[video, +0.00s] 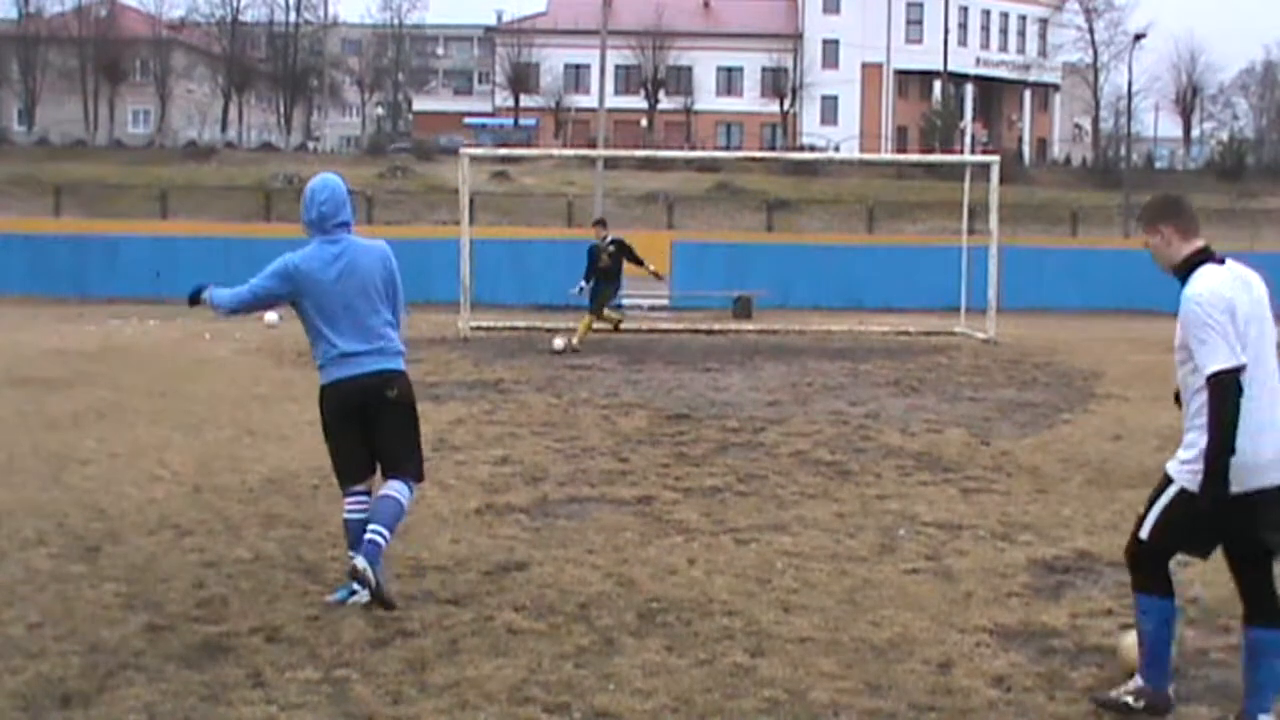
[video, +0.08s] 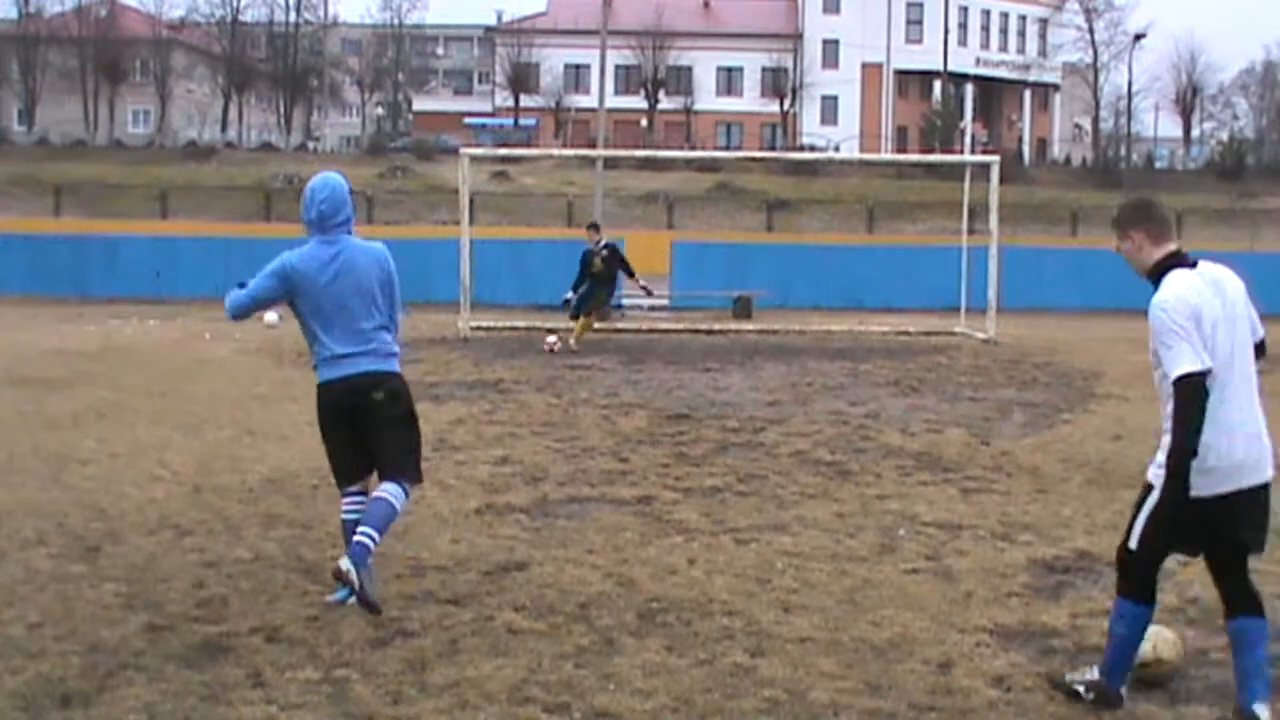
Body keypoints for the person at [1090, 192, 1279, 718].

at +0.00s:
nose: (1150, 255)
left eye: (1148, 244)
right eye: (1147, 245)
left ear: (1165, 235)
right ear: (1194, 232)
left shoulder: (1201, 294)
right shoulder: (1249, 280)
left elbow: (1224, 386)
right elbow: (1262, 364)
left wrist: (1213, 478)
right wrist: (1193, 388)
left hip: (1210, 469)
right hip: (1262, 470)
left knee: (1145, 553)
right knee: (1258, 581)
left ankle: (1152, 684)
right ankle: (1262, 705)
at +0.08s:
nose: (1124, 258)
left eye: (1122, 248)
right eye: (1121, 249)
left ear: (1137, 240)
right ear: (1172, 235)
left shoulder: (1168, 300)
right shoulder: (1226, 277)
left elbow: (1192, 386)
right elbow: (1258, 348)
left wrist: (1175, 477)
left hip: (1192, 471)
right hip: (1248, 465)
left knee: (1135, 559)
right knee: (1229, 564)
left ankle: (1110, 681)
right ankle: (1257, 701)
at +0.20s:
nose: (1090, 260)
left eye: (1088, 251)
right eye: (1088, 251)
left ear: (1098, 248)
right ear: (1136, 239)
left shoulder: (1122, 308)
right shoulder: (1193, 279)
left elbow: (1133, 398)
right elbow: (1232, 351)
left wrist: (1107, 480)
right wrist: (1183, 382)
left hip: (1157, 470)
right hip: (1216, 461)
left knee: (1107, 560)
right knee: (1207, 546)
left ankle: (1100, 684)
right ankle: (1246, 653)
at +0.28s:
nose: (1074, 254)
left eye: (1072, 247)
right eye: (1074, 247)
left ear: (1080, 245)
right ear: (1121, 236)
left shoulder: (1103, 305)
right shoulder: (1177, 278)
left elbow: (1107, 395)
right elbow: (1216, 352)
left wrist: (1068, 471)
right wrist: (1173, 394)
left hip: (1140, 461)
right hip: (1198, 448)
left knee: (1093, 557)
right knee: (1195, 527)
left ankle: (1100, 684)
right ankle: (1228, 641)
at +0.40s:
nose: (1055, 246)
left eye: (1054, 239)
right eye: (1056, 238)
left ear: (1063, 238)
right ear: (1101, 228)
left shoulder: (1087, 299)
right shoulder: (1159, 272)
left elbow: (1087, 388)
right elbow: (1194, 348)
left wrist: (1029, 447)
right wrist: (1155, 392)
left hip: (1122, 455)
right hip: (1177, 442)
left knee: (1090, 556)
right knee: (1168, 523)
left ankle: (1099, 684)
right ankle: (1183, 630)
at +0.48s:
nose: (1043, 246)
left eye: (1042, 237)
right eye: (1043, 237)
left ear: (1053, 235)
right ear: (1088, 226)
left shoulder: (1077, 297)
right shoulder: (1148, 267)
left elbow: (1080, 384)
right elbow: (1185, 343)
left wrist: (1016, 434)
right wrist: (1135, 379)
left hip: (1115, 450)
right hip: (1168, 437)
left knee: (1090, 560)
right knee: (1148, 519)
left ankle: (1100, 685)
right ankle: (1144, 621)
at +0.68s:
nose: (1022, 252)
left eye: (1021, 243)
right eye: (1019, 243)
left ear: (1039, 236)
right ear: (1068, 227)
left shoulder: (1058, 296)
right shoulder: (1126, 259)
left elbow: (1064, 384)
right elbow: (1172, 326)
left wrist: (1019, 439)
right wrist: (1128, 371)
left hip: (1105, 441)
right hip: (1151, 426)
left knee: (1094, 561)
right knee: (1073, 469)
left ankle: (1100, 684)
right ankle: (1056, 591)